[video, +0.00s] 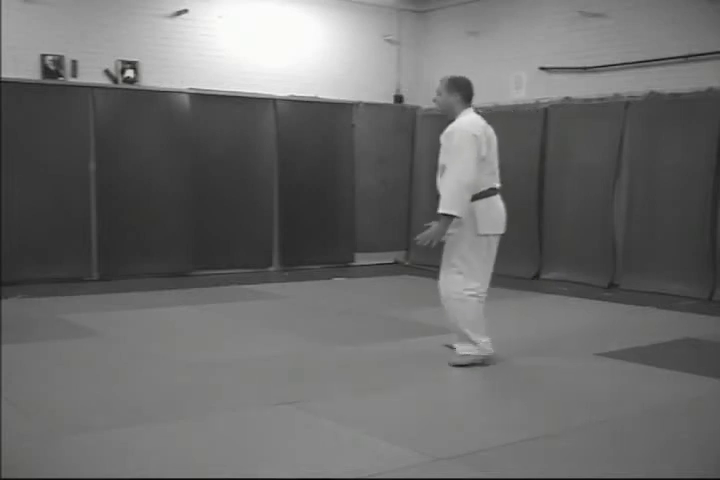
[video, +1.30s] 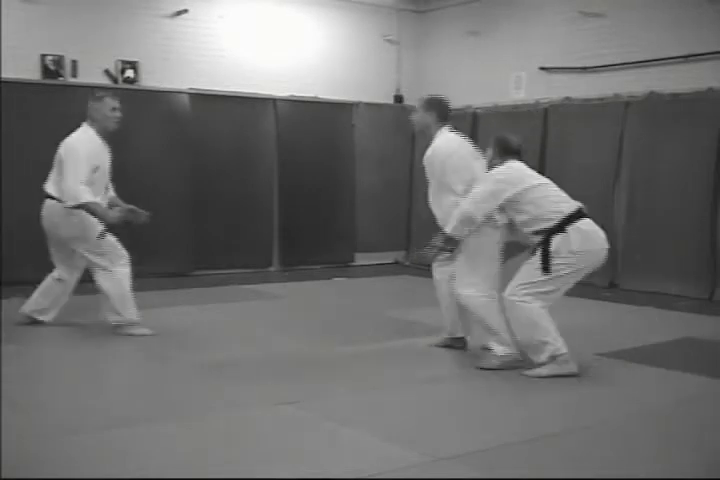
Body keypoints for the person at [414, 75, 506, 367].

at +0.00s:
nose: (435, 99)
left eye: (439, 94)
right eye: (436, 94)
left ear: (456, 97)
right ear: (464, 97)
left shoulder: (462, 130)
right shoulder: (480, 126)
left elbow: (460, 180)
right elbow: (477, 177)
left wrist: (441, 224)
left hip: (472, 213)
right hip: (487, 210)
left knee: (456, 279)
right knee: (472, 278)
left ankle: (476, 345)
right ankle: (469, 338)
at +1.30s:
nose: (411, 117)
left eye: (417, 112)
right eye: (413, 112)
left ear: (433, 116)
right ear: (434, 117)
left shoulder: (444, 149)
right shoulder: (451, 142)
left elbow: (471, 195)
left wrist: (454, 236)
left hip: (481, 226)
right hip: (467, 225)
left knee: (471, 287)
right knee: (443, 271)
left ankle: (505, 347)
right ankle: (455, 334)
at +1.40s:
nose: (398, 134)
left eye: (403, 128)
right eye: (400, 128)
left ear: (419, 132)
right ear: (421, 133)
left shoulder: (437, 161)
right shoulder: (432, 158)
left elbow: (461, 204)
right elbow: (447, 203)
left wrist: (446, 241)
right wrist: (444, 237)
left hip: (492, 223)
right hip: (480, 223)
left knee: (455, 282)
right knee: (436, 269)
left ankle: (489, 339)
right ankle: (457, 332)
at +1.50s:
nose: (387, 153)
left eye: (391, 147)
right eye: (389, 147)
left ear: (407, 147)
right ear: (415, 148)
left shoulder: (426, 173)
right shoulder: (443, 163)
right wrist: (448, 253)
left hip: (488, 230)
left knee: (443, 288)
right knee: (433, 276)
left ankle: (473, 353)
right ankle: (454, 335)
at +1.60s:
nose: (389, 160)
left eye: (383, 153)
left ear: (392, 142)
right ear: (417, 143)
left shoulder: (426, 170)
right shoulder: (448, 161)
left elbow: (436, 192)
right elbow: (482, 188)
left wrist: (397, 171)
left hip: (472, 240)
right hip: (487, 233)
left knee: (436, 301)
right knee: (433, 275)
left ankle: (473, 354)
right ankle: (449, 333)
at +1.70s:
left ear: (413, 126)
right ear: (435, 125)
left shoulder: (412, 148)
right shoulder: (449, 146)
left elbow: (375, 130)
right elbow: (433, 124)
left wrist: (367, 103)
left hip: (464, 227)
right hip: (487, 222)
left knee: (433, 295)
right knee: (446, 287)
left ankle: (472, 348)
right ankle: (457, 334)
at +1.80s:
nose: (405, 124)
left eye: (406, 121)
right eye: (406, 120)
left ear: (413, 126)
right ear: (429, 124)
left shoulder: (410, 143)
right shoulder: (444, 145)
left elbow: (375, 124)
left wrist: (368, 106)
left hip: (472, 219)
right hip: (498, 214)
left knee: (439, 288)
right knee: (503, 275)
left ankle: (466, 351)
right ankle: (516, 332)